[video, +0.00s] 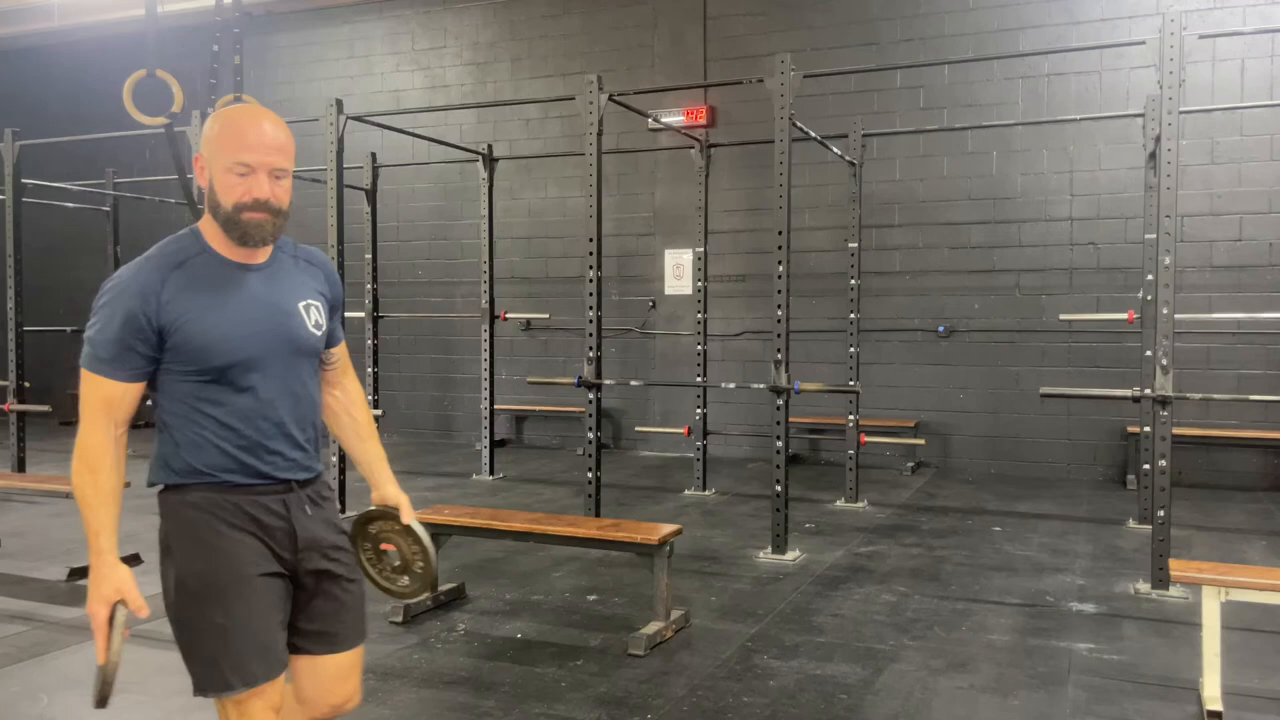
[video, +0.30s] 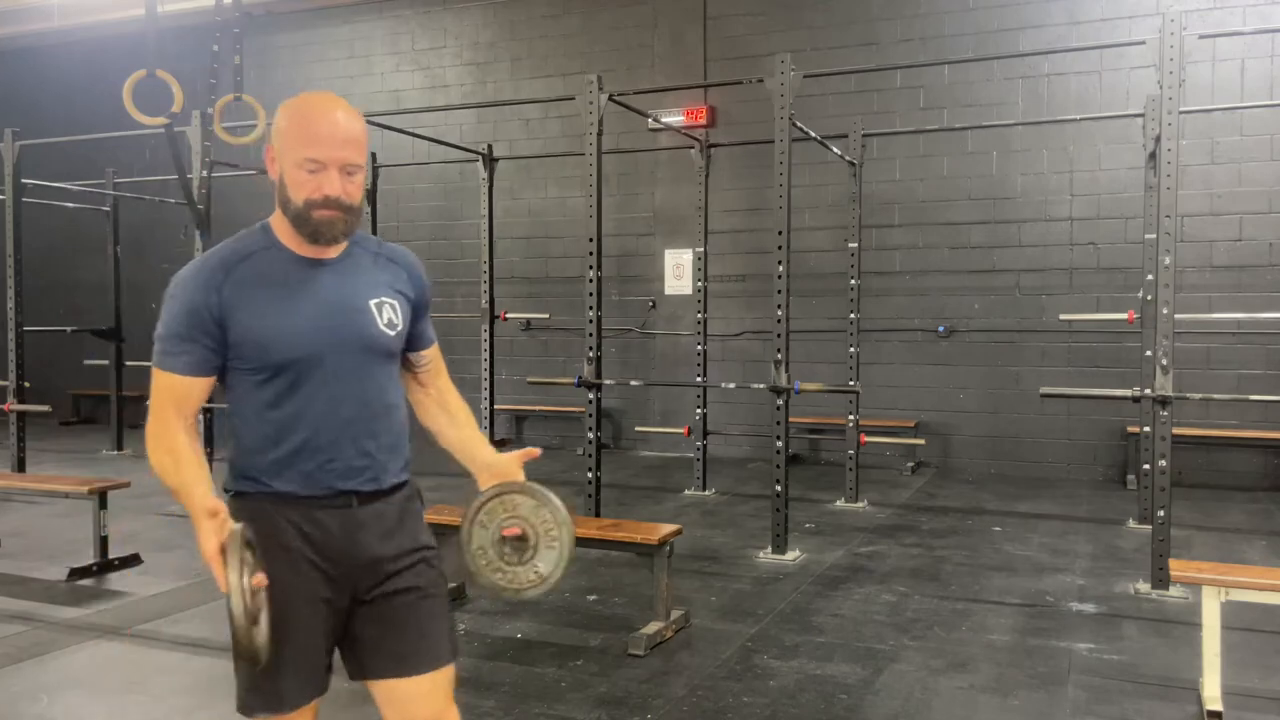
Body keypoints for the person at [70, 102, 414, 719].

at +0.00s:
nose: (263, 193)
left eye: (278, 175)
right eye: (243, 173)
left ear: (294, 179)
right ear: (201, 172)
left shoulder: (315, 274)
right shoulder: (142, 289)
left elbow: (337, 383)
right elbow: (102, 428)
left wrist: (384, 482)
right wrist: (104, 558)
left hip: (313, 511)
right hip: (214, 520)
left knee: (333, 696)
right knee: (258, 706)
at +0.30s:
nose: (334, 190)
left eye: (350, 170)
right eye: (313, 168)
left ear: (367, 172)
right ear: (272, 163)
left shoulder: (396, 272)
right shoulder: (210, 285)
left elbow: (429, 383)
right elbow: (167, 424)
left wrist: (485, 462)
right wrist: (207, 510)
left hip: (393, 527)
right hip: (279, 536)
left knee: (429, 710)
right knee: (286, 711)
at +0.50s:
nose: (403, 194)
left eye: (425, 177)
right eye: (386, 170)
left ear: (450, 182)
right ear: (355, 165)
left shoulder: (480, 286)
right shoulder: (287, 289)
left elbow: (513, 398)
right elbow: (235, 430)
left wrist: (561, 432)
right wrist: (279, 469)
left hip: (471, 544)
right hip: (350, 550)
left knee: (503, 711)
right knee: (344, 711)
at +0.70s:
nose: (471, 173)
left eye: (497, 158)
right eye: (459, 149)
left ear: (529, 168)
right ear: (436, 144)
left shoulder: (560, 277)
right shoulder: (351, 272)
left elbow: (586, 396)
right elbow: (326, 418)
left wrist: (653, 396)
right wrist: (307, 409)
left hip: (535, 549)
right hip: (408, 551)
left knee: (555, 710)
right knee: (415, 710)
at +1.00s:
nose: (570, 172)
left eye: (579, 150)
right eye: (545, 152)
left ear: (589, 145)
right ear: (482, 152)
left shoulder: (621, 276)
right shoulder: (402, 282)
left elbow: (673, 422)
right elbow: (360, 456)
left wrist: (745, 375)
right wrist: (343, 411)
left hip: (604, 575)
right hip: (477, 584)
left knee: (610, 711)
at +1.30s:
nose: (576, 147)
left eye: (581, 118)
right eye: (542, 130)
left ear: (591, 104)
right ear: (471, 137)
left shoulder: (646, 249)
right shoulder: (404, 289)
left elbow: (710, 388)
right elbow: (395, 488)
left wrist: (795, 374)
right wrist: (381, 470)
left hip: (668, 589)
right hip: (521, 608)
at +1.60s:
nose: (603, 144)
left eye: (623, 110)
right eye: (570, 116)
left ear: (645, 93)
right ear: (511, 107)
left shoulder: (725, 243)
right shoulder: (453, 285)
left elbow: (788, 393)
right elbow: (410, 461)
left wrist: (800, 455)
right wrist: (465, 517)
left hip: (722, 612)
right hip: (564, 623)